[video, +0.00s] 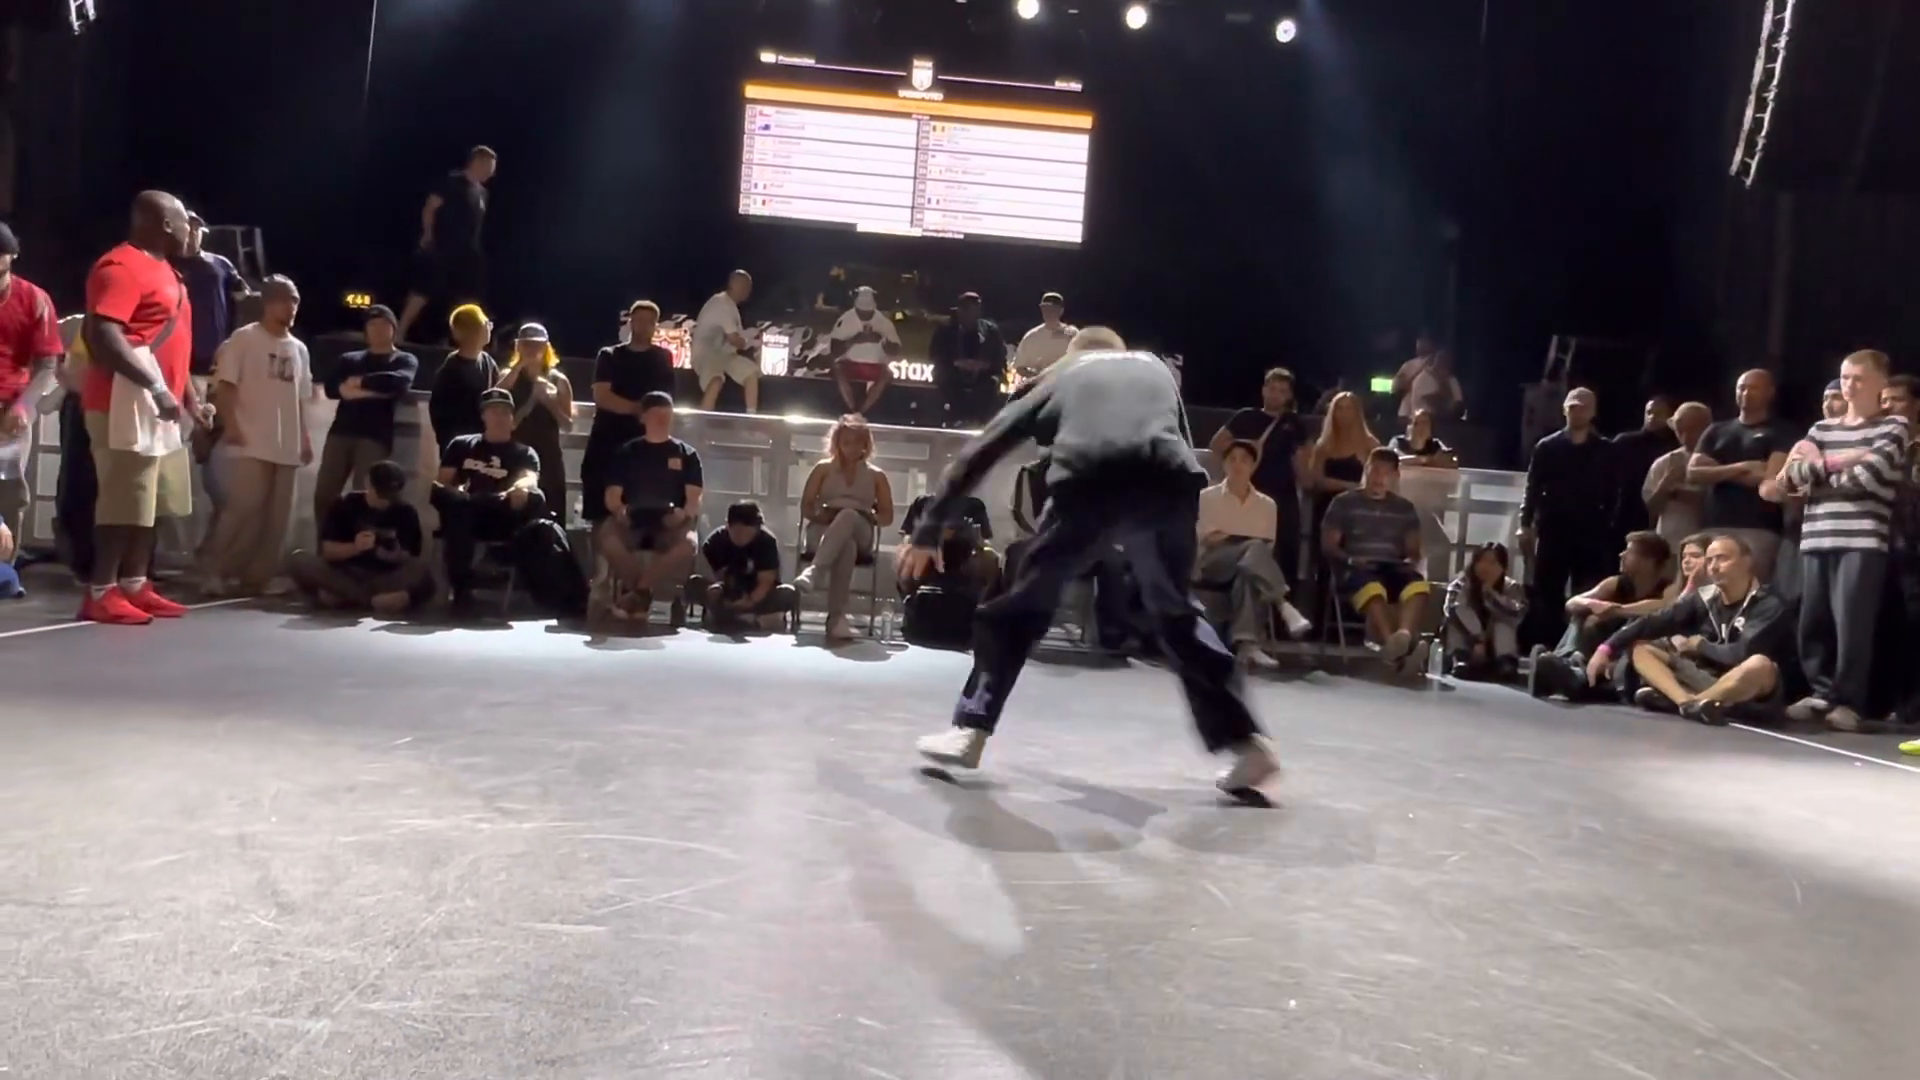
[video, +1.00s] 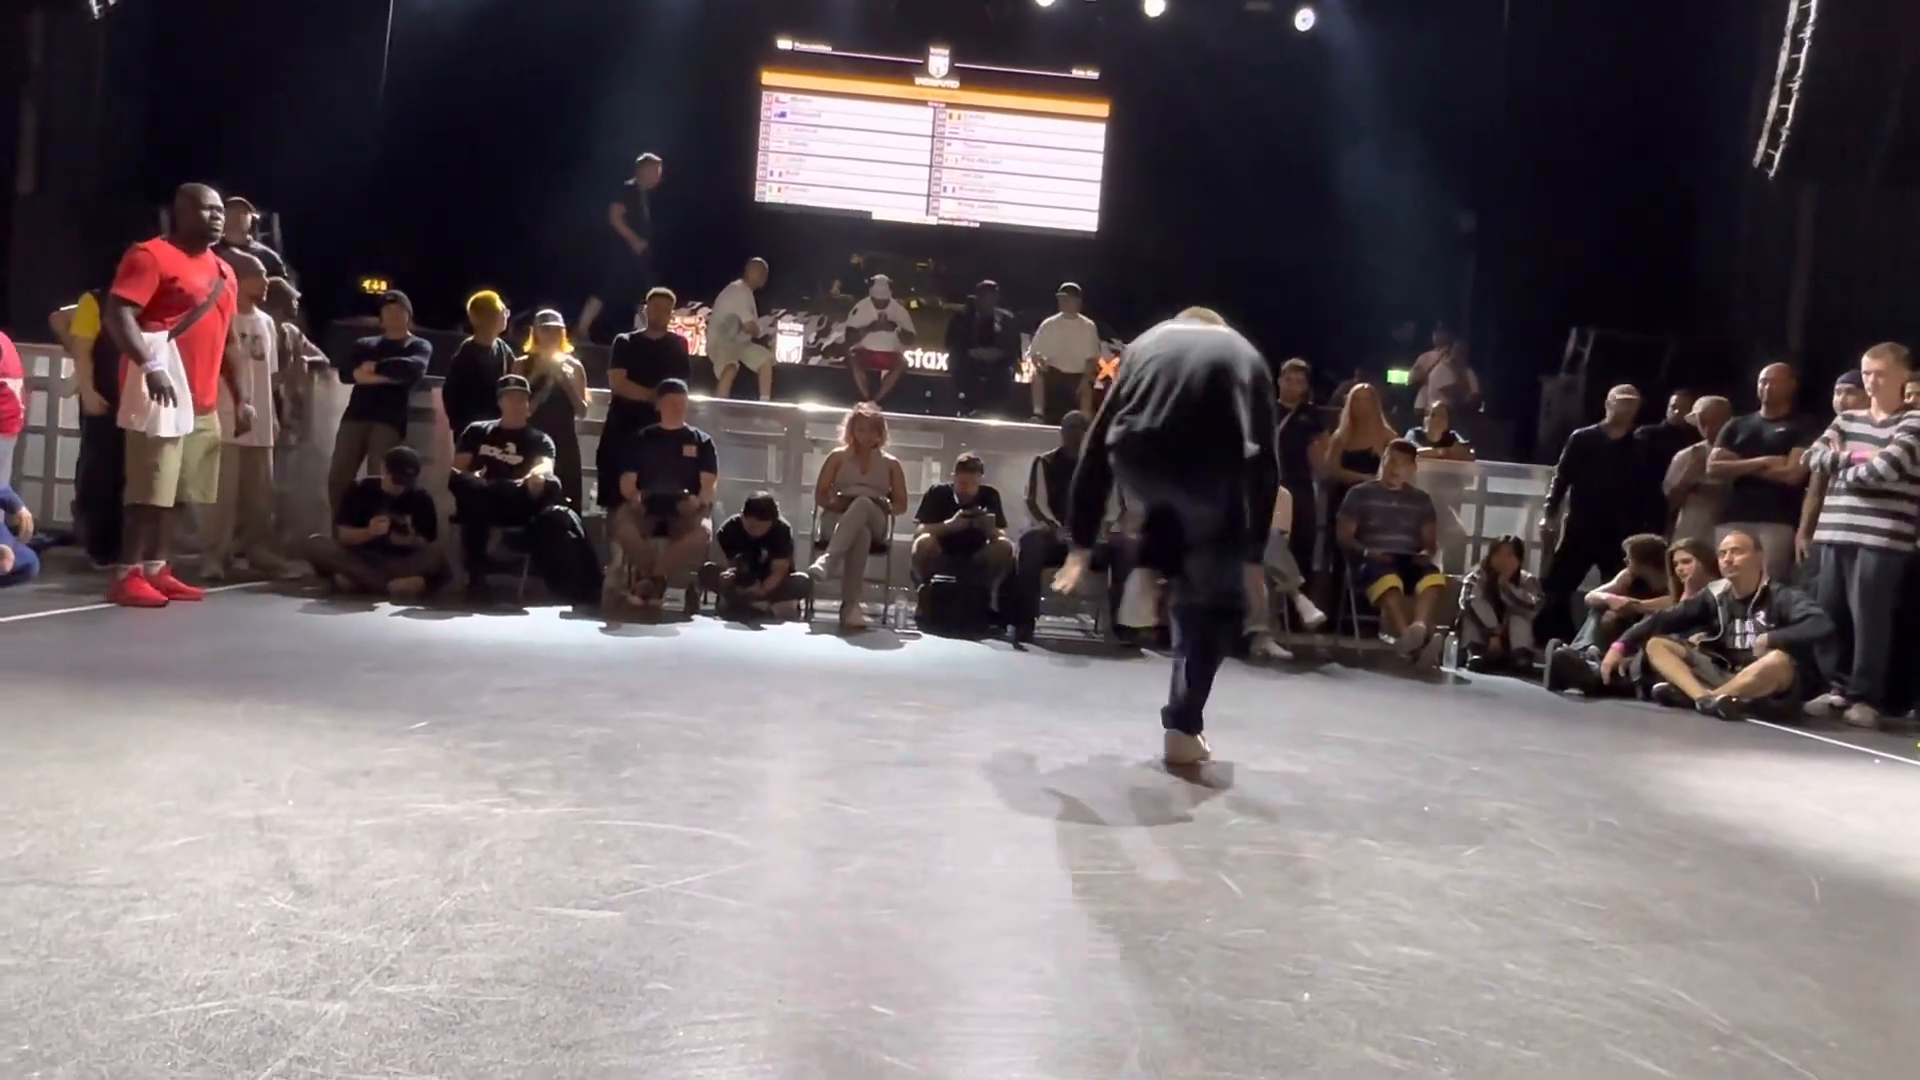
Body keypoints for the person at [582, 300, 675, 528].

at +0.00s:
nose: (644, 326)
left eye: (649, 322)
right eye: (639, 320)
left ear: (655, 326)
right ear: (630, 322)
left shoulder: (662, 357)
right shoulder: (609, 354)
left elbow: (665, 402)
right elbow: (601, 397)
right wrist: (638, 409)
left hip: (646, 440)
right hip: (608, 439)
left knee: (642, 507)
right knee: (600, 510)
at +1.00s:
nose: (660, 313)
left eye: (666, 309)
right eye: (656, 307)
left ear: (671, 313)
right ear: (646, 309)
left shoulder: (678, 344)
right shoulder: (625, 341)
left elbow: (680, 390)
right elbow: (616, 383)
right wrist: (655, 396)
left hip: (660, 426)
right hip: (623, 424)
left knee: (657, 494)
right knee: (616, 496)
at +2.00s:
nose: (671, 305)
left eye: (675, 300)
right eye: (665, 299)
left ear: (679, 303)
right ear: (654, 301)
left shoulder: (686, 335)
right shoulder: (633, 333)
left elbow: (689, 380)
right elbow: (625, 375)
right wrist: (663, 388)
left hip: (669, 418)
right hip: (632, 416)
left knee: (666, 485)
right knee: (623, 488)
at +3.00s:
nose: (671, 304)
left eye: (675, 299)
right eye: (665, 298)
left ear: (680, 304)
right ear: (655, 300)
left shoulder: (687, 335)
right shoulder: (633, 332)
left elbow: (689, 379)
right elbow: (625, 375)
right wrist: (664, 387)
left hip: (668, 423)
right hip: (630, 420)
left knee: (665, 490)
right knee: (624, 492)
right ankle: (622, 548)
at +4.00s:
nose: (668, 303)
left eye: (674, 298)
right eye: (663, 297)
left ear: (679, 304)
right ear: (654, 301)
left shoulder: (687, 336)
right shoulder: (633, 333)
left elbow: (689, 381)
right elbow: (625, 376)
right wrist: (664, 389)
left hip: (668, 422)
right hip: (631, 419)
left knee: (665, 489)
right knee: (623, 491)